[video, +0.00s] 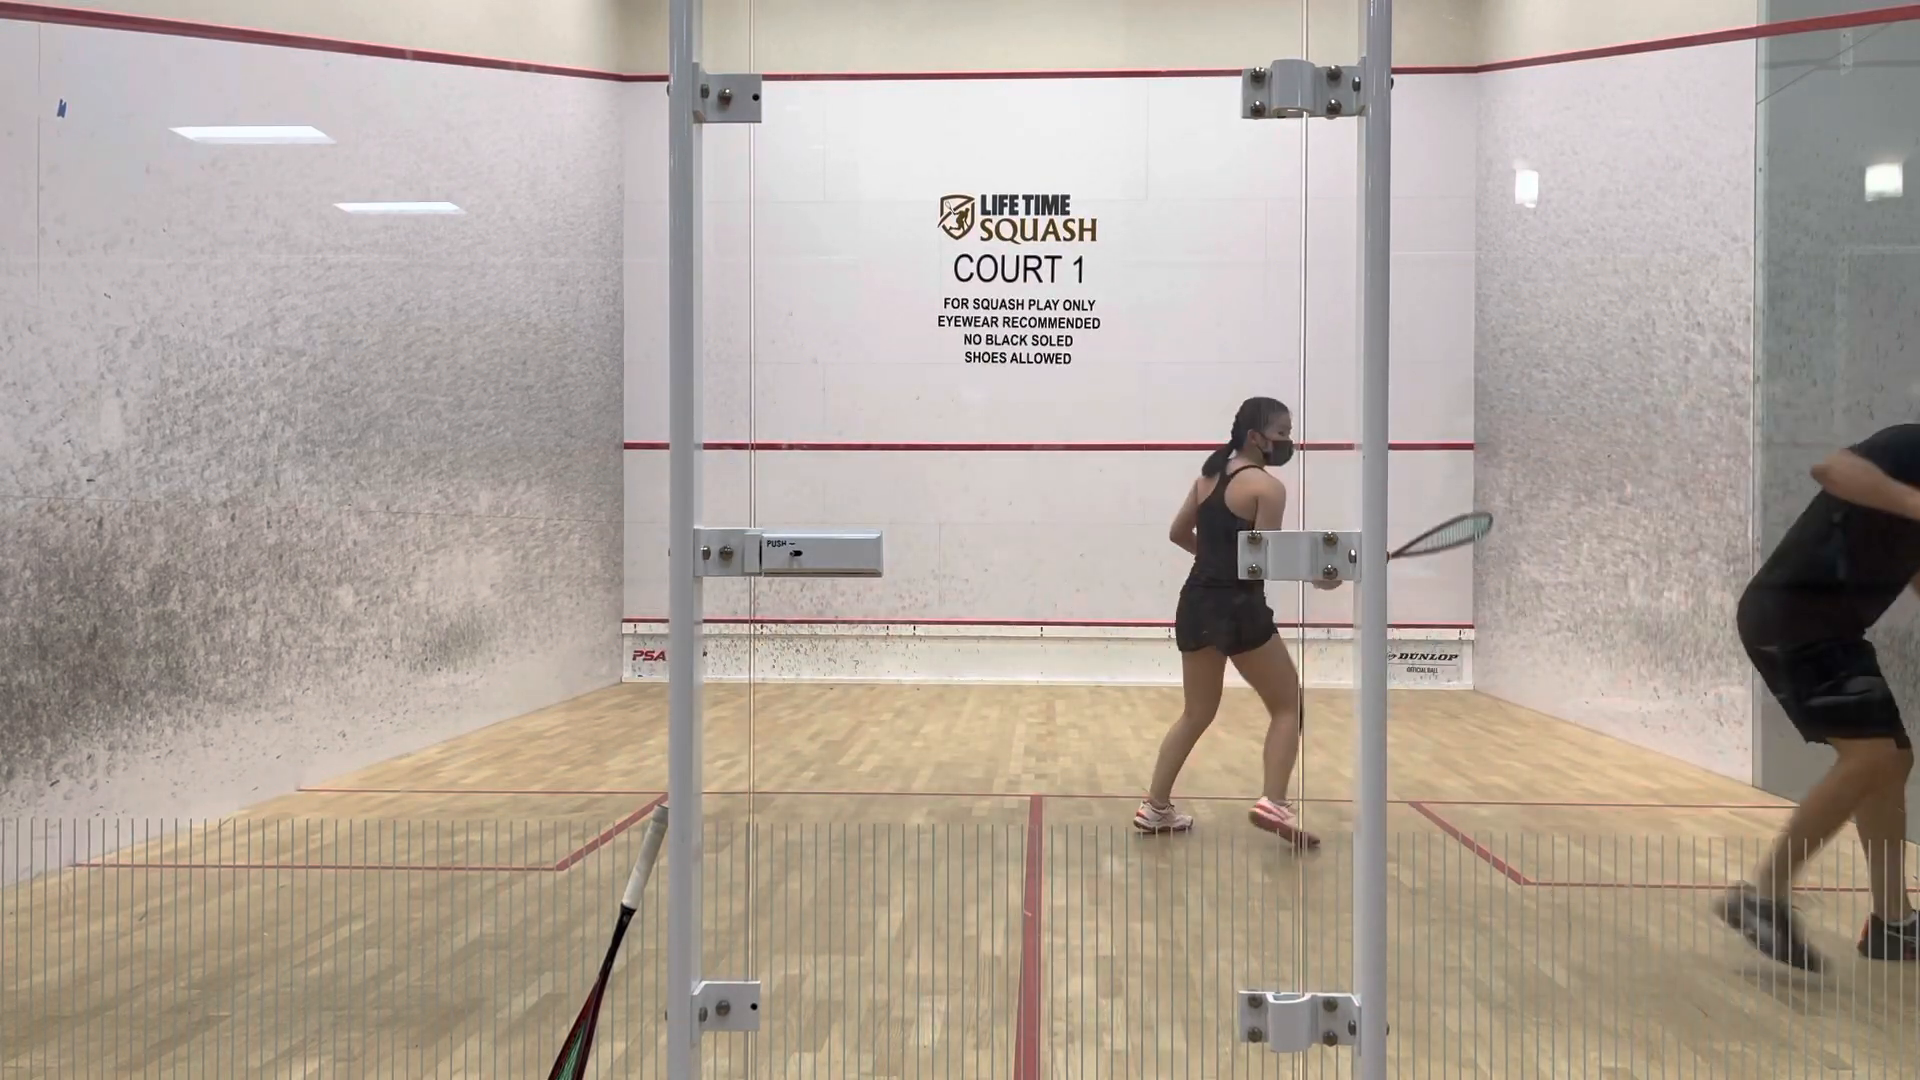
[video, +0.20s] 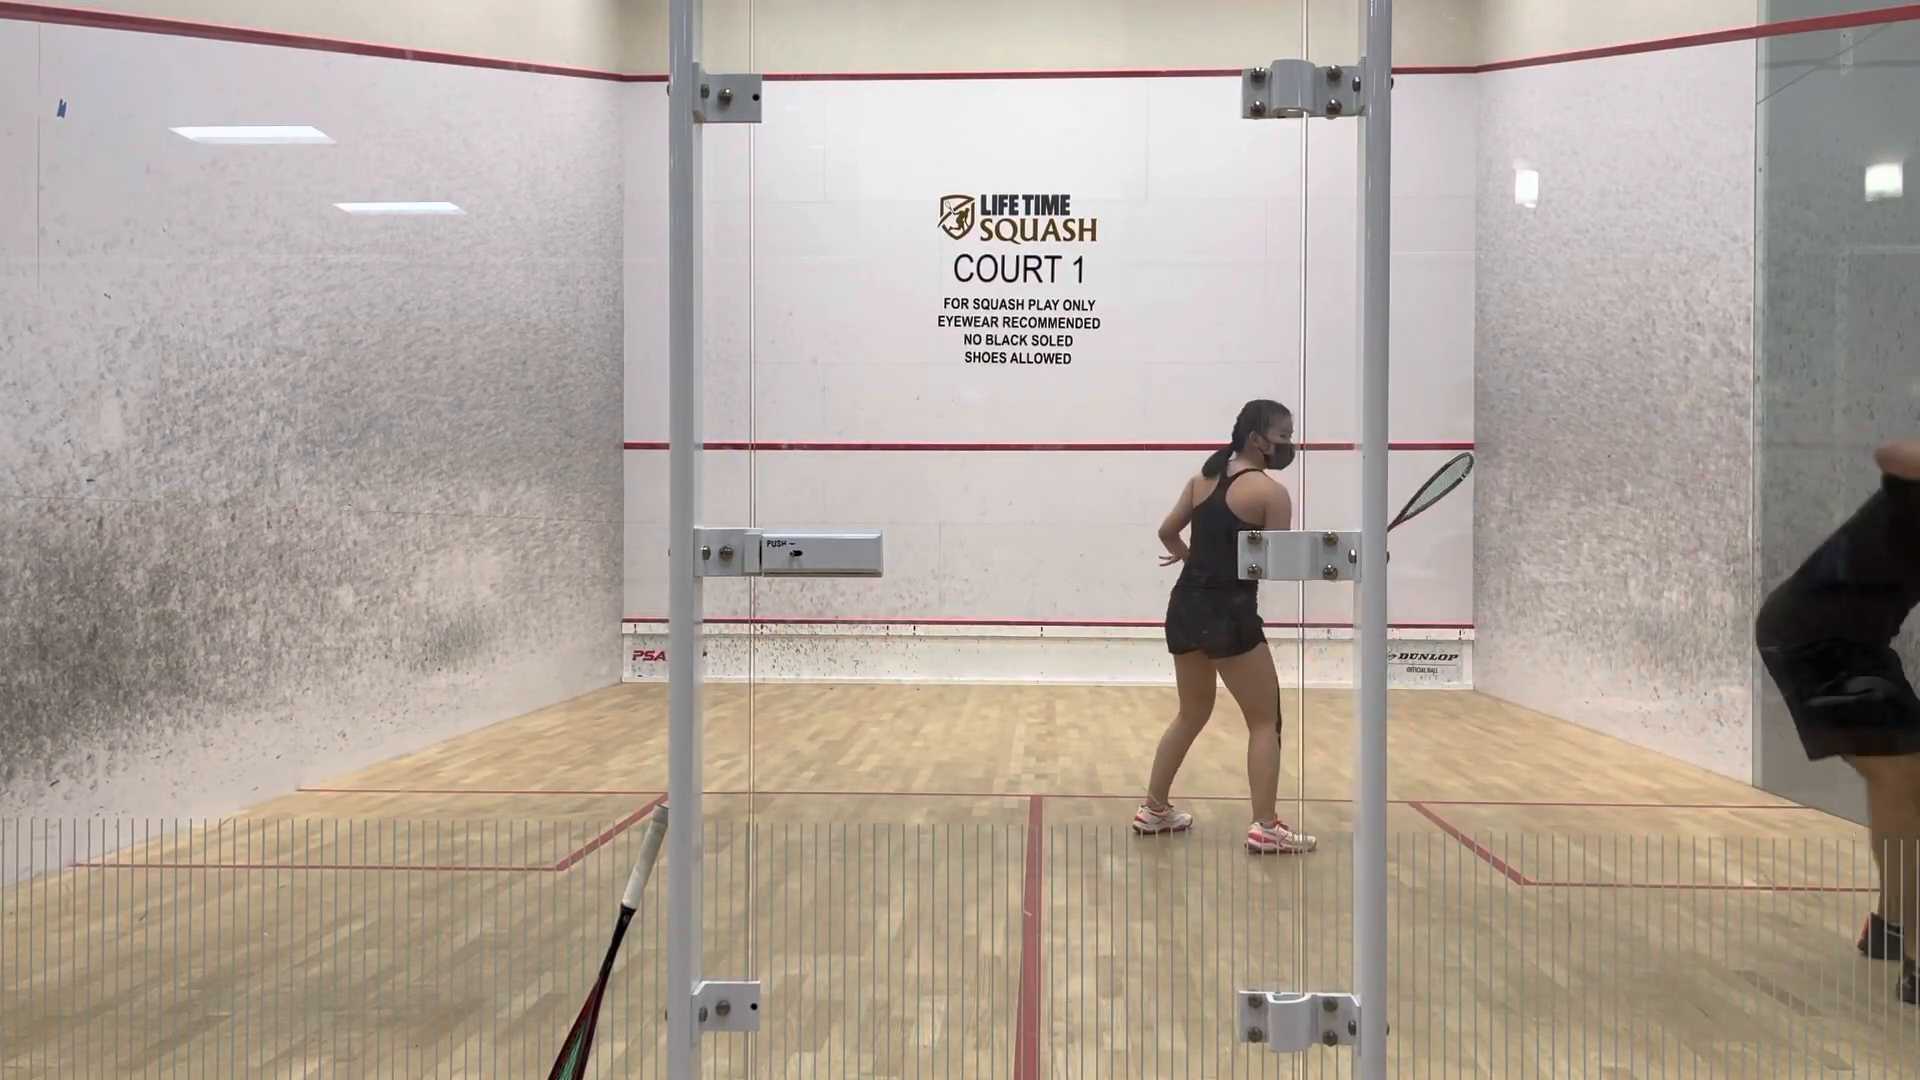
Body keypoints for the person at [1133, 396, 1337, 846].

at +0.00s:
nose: (1288, 439)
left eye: (1289, 432)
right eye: (1282, 432)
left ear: (1246, 437)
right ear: (1255, 435)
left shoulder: (1210, 474)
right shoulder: (1268, 487)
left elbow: (1179, 532)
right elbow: (1268, 557)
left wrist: (1215, 556)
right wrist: (1318, 575)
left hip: (1196, 605)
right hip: (1240, 610)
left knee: (1196, 713)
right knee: (1286, 705)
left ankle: (1155, 806)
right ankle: (1274, 801)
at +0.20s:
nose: (1290, 444)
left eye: (1291, 435)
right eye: (1284, 436)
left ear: (1245, 438)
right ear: (1256, 437)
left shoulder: (1204, 477)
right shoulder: (1270, 493)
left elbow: (1168, 530)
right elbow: (1282, 561)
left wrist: (1181, 552)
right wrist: (1344, 557)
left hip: (1184, 610)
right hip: (1229, 616)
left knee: (1192, 711)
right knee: (1263, 719)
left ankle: (1153, 808)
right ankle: (1265, 824)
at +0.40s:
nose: (1286, 445)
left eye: (1286, 437)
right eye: (1280, 437)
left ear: (1242, 436)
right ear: (1252, 436)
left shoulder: (1198, 473)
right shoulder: (1264, 494)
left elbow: (1158, 525)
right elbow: (1267, 561)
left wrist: (1179, 554)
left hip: (1173, 610)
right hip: (1220, 615)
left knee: (1180, 711)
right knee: (1252, 721)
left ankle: (1152, 808)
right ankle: (1263, 826)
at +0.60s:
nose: (1281, 441)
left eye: (1280, 433)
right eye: (1277, 434)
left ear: (1235, 433)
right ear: (1260, 436)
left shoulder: (1195, 471)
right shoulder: (1259, 496)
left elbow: (1152, 525)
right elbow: (1259, 565)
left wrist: (1174, 549)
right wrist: (1315, 560)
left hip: (1170, 610)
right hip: (1217, 614)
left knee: (1176, 711)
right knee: (1261, 714)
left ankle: (1152, 808)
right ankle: (1261, 824)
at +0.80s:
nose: (1294, 452)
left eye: (1291, 444)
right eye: (1292, 445)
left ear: (1245, 444)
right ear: (1285, 450)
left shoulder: (1210, 485)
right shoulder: (1281, 508)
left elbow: (1171, 538)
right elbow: (1287, 585)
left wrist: (1201, 562)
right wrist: (1333, 578)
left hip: (1186, 621)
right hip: (1233, 627)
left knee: (1193, 715)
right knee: (1299, 715)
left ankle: (1155, 809)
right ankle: (1292, 820)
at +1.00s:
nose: (1346, 451)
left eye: (1344, 442)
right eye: (1341, 443)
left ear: (1298, 444)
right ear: (1326, 448)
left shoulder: (1269, 488)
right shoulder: (1328, 503)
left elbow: (1229, 539)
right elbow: (1352, 578)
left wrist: (1288, 554)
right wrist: (1416, 556)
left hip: (1243, 627)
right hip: (1282, 636)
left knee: (1222, 723)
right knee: (1353, 729)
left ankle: (1169, 798)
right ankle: (1310, 835)